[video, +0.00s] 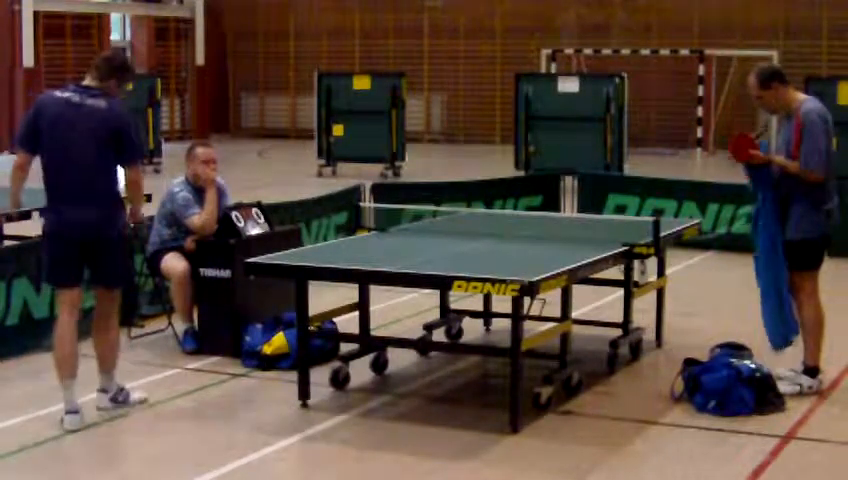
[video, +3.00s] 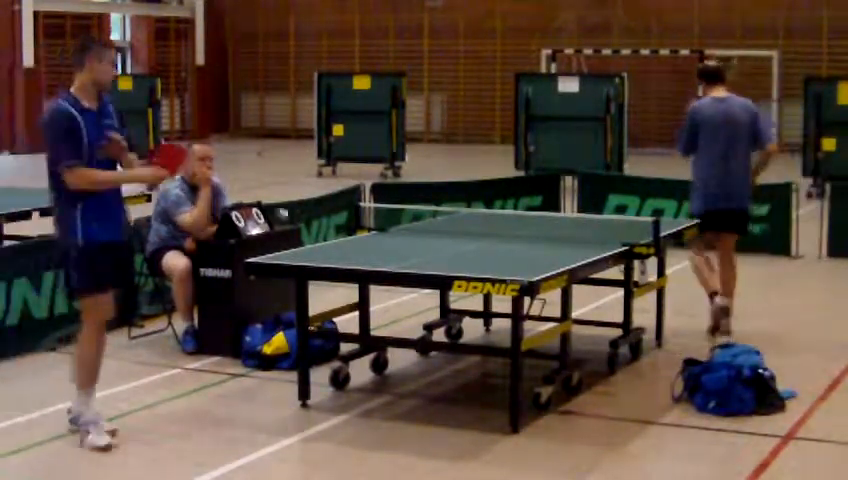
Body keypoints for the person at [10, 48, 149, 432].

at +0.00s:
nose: (122, 91)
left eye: (123, 86)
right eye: (124, 86)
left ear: (91, 70)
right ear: (117, 82)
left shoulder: (48, 104)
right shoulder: (115, 114)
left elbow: (21, 163)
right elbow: (134, 174)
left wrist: (14, 205)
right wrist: (136, 212)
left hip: (61, 222)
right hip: (106, 223)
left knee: (66, 308)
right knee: (107, 307)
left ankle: (70, 406)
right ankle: (108, 388)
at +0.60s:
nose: (120, 86)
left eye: (121, 80)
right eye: (117, 79)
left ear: (90, 72)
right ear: (102, 75)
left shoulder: (60, 103)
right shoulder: (96, 111)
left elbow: (60, 159)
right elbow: (106, 172)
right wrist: (137, 215)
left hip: (71, 215)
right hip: (102, 217)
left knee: (75, 293)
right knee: (107, 299)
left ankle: (59, 370)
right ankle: (110, 385)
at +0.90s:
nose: (99, 82)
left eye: (101, 76)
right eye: (94, 76)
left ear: (94, 78)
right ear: (74, 73)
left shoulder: (82, 108)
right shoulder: (59, 109)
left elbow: (85, 164)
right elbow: (46, 166)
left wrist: (101, 202)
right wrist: (82, 209)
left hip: (84, 208)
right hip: (79, 213)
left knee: (66, 284)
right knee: (100, 290)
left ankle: (58, 369)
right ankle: (106, 380)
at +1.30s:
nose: (73, 78)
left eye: (75, 72)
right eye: (66, 72)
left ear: (75, 75)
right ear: (45, 75)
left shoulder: (79, 110)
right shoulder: (25, 112)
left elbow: (92, 161)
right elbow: (6, 163)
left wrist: (106, 207)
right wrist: (30, 203)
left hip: (76, 212)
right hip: (47, 213)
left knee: (64, 285)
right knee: (55, 286)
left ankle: (60, 369)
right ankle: (52, 381)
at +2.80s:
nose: (102, 72)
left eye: (102, 65)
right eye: (96, 64)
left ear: (88, 68)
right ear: (73, 64)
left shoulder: (99, 112)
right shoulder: (36, 114)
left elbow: (110, 163)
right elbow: (22, 174)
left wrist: (121, 179)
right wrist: (64, 201)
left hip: (98, 228)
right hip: (58, 232)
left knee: (92, 308)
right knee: (59, 307)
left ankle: (80, 406)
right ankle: (36, 380)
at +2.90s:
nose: (109, 70)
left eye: (109, 64)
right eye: (103, 62)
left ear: (98, 66)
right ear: (80, 63)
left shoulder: (104, 109)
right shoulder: (49, 111)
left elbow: (118, 160)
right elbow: (48, 177)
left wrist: (121, 166)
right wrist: (110, 187)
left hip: (106, 227)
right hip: (70, 231)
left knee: (96, 312)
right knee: (79, 312)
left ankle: (81, 405)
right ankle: (55, 401)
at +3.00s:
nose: (114, 72)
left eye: (114, 64)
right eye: (109, 63)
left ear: (101, 66)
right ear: (87, 64)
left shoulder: (107, 108)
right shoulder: (61, 114)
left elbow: (130, 166)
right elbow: (71, 177)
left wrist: (123, 153)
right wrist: (134, 175)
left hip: (111, 228)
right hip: (82, 232)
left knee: (100, 317)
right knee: (95, 316)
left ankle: (84, 405)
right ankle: (84, 408)